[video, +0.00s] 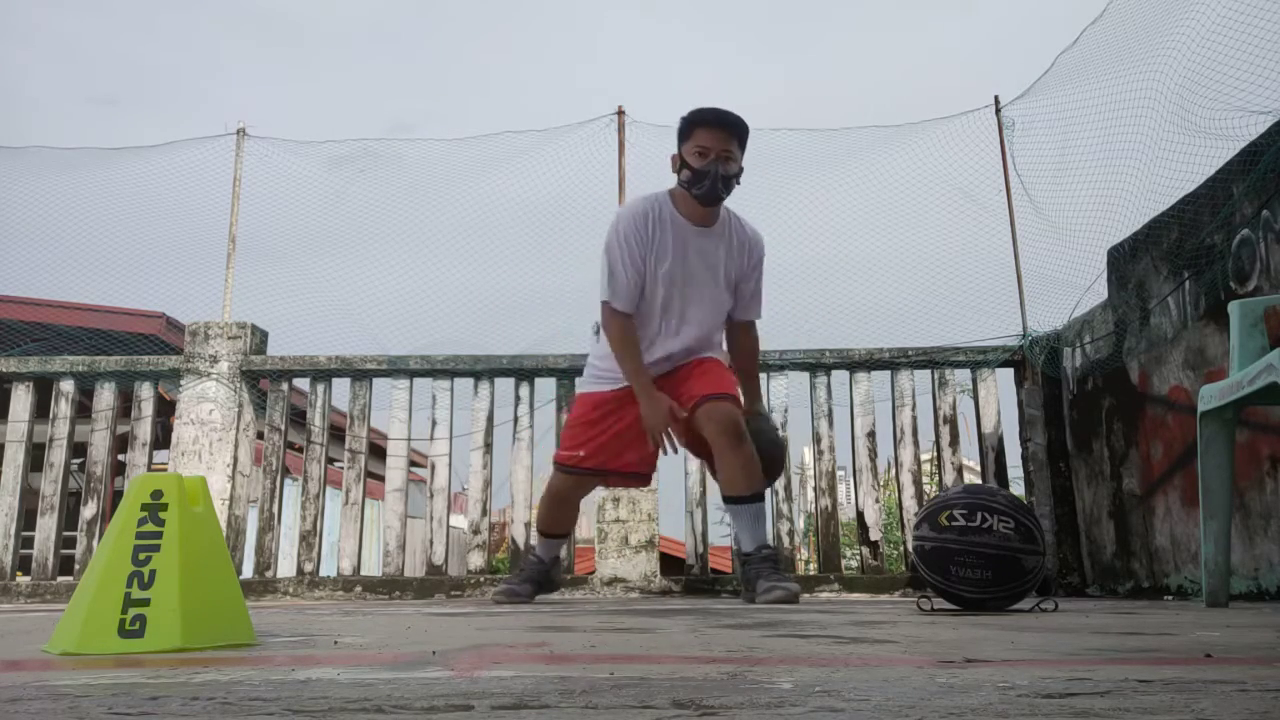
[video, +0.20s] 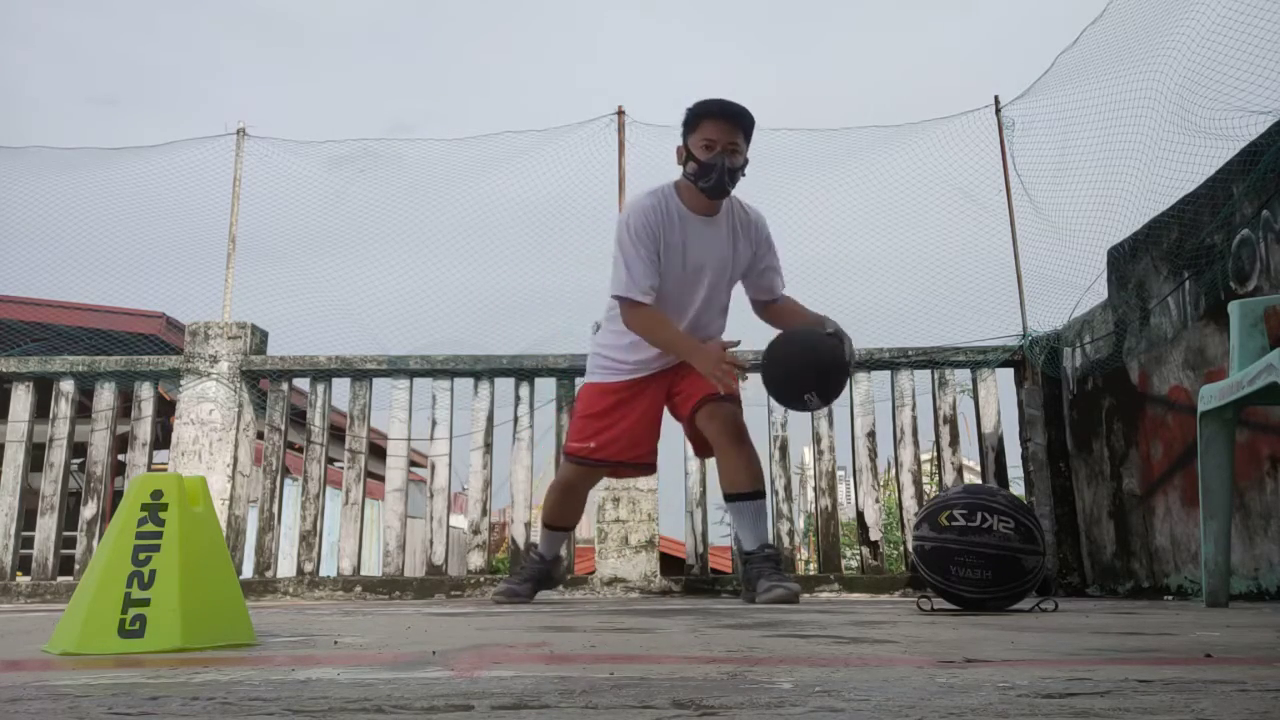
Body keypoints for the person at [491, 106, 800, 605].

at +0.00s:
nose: (713, 169)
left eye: (726, 159)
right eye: (701, 155)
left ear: (739, 169)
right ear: (678, 160)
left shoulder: (745, 243)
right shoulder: (637, 220)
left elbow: (743, 330)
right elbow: (616, 315)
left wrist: (755, 412)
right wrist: (646, 391)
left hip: (693, 362)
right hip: (620, 363)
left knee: (728, 422)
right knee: (569, 475)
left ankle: (758, 564)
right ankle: (542, 565)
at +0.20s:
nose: (718, 160)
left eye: (731, 151)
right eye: (707, 148)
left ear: (744, 160)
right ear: (684, 150)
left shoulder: (748, 226)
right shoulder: (645, 215)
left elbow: (770, 302)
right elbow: (633, 309)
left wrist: (823, 329)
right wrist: (696, 352)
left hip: (697, 357)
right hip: (622, 360)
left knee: (729, 426)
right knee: (576, 472)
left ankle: (760, 564)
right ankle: (543, 561)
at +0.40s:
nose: (681, 148)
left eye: (693, 138)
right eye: (669, 136)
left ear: (708, 146)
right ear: (648, 141)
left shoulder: (721, 213)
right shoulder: (615, 208)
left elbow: (718, 304)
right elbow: (621, 300)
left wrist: (692, 373)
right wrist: (639, 380)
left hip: (687, 358)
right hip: (614, 359)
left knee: (718, 433)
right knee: (568, 460)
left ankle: (761, 564)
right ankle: (541, 568)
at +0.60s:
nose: (647, 159)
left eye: (661, 149)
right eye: (637, 147)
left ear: (679, 157)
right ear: (619, 150)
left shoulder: (702, 225)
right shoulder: (585, 219)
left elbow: (719, 312)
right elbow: (549, 289)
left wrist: (697, 361)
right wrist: (506, 323)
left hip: (678, 359)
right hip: (603, 364)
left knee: (705, 430)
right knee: (552, 451)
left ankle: (758, 561)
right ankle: (541, 566)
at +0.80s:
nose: (673, 149)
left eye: (686, 140)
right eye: (662, 136)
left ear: (704, 148)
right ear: (643, 139)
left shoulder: (722, 221)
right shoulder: (602, 208)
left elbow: (737, 305)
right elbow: (574, 290)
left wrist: (746, 378)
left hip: (685, 354)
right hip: (607, 359)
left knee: (711, 426)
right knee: (564, 443)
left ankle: (758, 563)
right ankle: (541, 568)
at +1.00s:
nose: (725, 156)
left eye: (738, 147)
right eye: (714, 144)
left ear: (752, 158)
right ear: (692, 148)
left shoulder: (754, 234)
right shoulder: (650, 210)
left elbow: (749, 323)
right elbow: (631, 306)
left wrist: (749, 405)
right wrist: (662, 383)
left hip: (705, 354)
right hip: (630, 353)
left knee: (734, 417)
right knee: (575, 472)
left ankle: (760, 564)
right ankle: (544, 565)